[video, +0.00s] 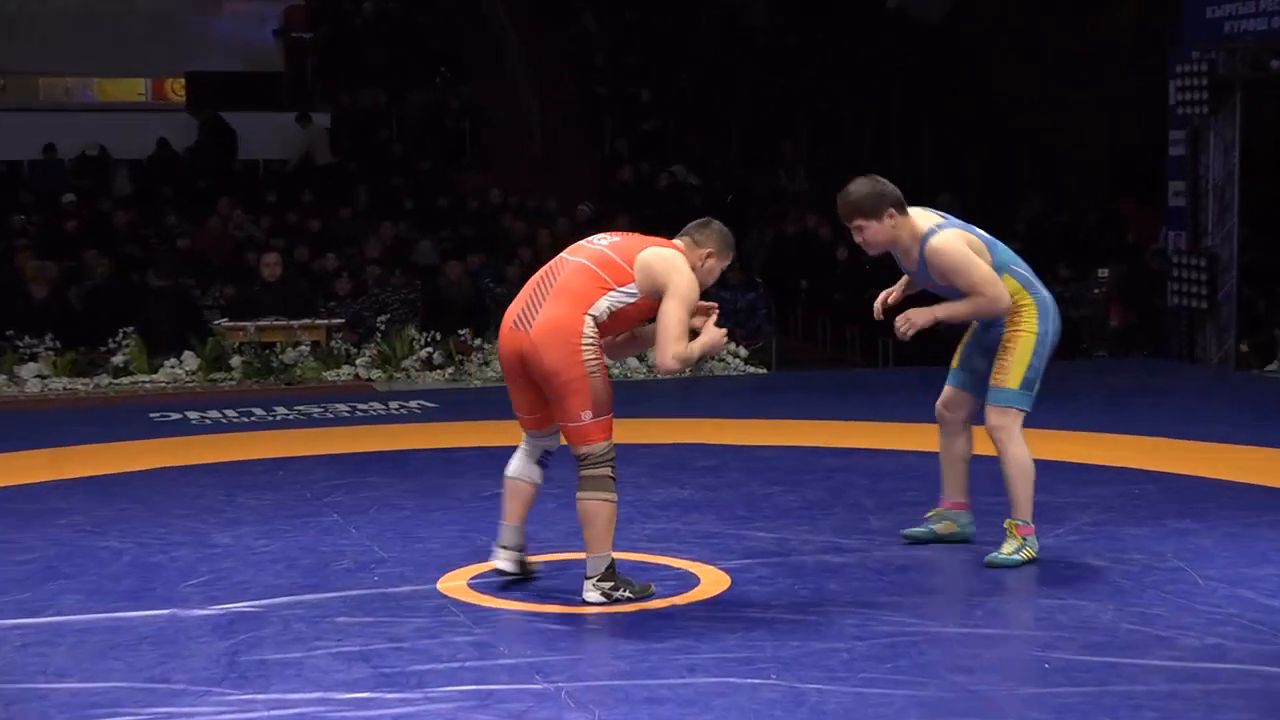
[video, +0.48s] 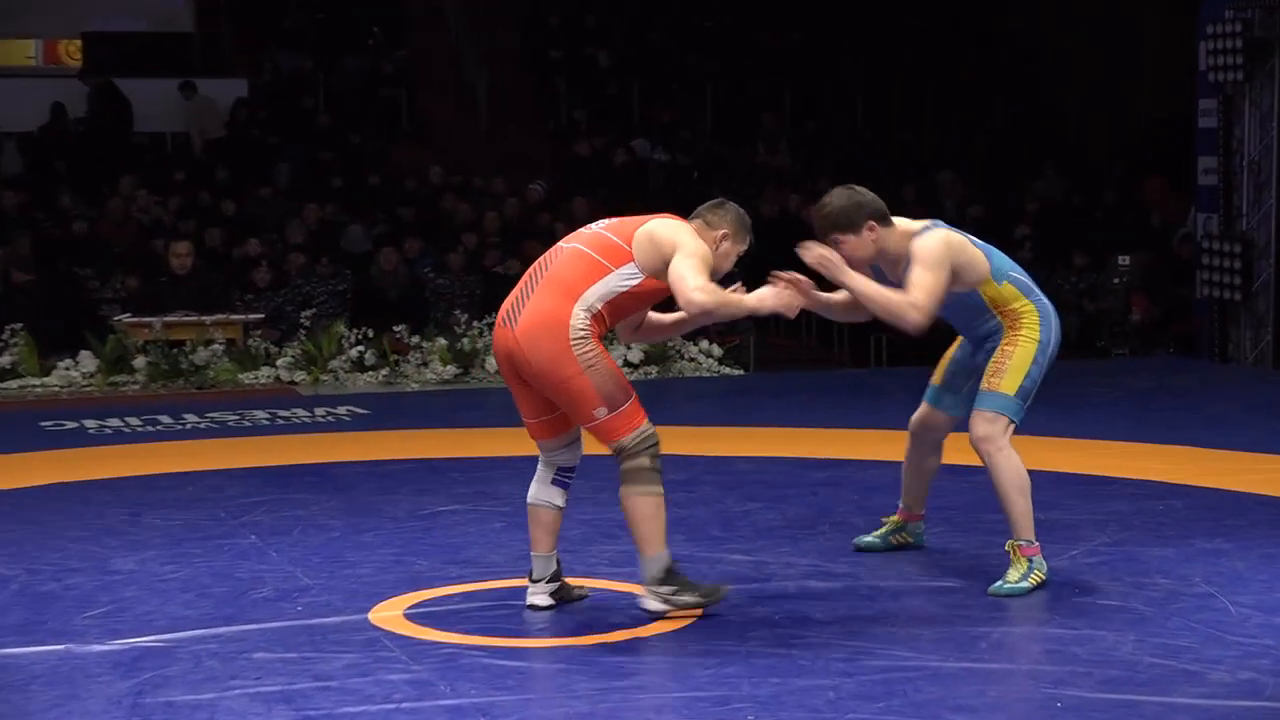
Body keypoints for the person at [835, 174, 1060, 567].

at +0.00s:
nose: (856, 238)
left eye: (860, 228)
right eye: (852, 230)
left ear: (891, 217)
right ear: (888, 218)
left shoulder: (942, 249)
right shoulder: (903, 231)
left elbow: (997, 301)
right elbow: (926, 261)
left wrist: (933, 312)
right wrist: (904, 286)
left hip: (1026, 313)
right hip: (986, 314)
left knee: (1002, 422)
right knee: (951, 411)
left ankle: (1023, 534)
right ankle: (954, 514)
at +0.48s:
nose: (838, 254)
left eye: (840, 243)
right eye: (833, 246)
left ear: (871, 230)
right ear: (868, 230)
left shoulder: (933, 245)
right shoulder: (878, 249)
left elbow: (915, 316)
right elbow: (860, 307)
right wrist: (811, 298)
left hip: (1024, 324)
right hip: (979, 334)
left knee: (989, 431)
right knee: (925, 426)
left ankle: (1029, 556)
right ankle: (908, 523)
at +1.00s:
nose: (791, 254)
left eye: (794, 244)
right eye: (784, 248)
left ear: (815, 227)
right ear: (784, 240)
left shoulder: (862, 229)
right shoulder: (811, 255)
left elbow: (822, 190)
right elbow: (776, 292)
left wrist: (768, 177)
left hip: (974, 316)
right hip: (921, 329)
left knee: (1024, 434)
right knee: (866, 416)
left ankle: (1100, 506)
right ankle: (871, 522)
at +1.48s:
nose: (769, 244)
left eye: (774, 232)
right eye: (762, 236)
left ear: (794, 223)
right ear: (759, 236)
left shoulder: (845, 238)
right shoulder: (776, 265)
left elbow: (784, 210)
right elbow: (725, 294)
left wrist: (732, 187)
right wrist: (673, 274)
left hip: (952, 312)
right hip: (897, 327)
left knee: (1001, 424)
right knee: (845, 424)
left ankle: (1057, 513)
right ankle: (836, 505)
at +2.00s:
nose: (747, 455)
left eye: (750, 449)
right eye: (737, 449)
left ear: (776, 426)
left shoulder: (823, 420)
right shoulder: (738, 379)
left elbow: (823, 512)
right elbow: (666, 416)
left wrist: (774, 563)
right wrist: (623, 468)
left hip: (916, 358)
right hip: (863, 337)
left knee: (894, 473)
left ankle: (1009, 501)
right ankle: (817, 462)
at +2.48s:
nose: (776, 366)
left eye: (784, 356)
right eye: (773, 357)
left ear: (820, 354)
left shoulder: (871, 383)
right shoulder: (803, 388)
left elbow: (873, 475)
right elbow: (796, 458)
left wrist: (845, 555)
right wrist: (797, 539)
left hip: (976, 409)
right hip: (922, 416)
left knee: (918, 481)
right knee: (833, 459)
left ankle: (1021, 536)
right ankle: (895, 510)